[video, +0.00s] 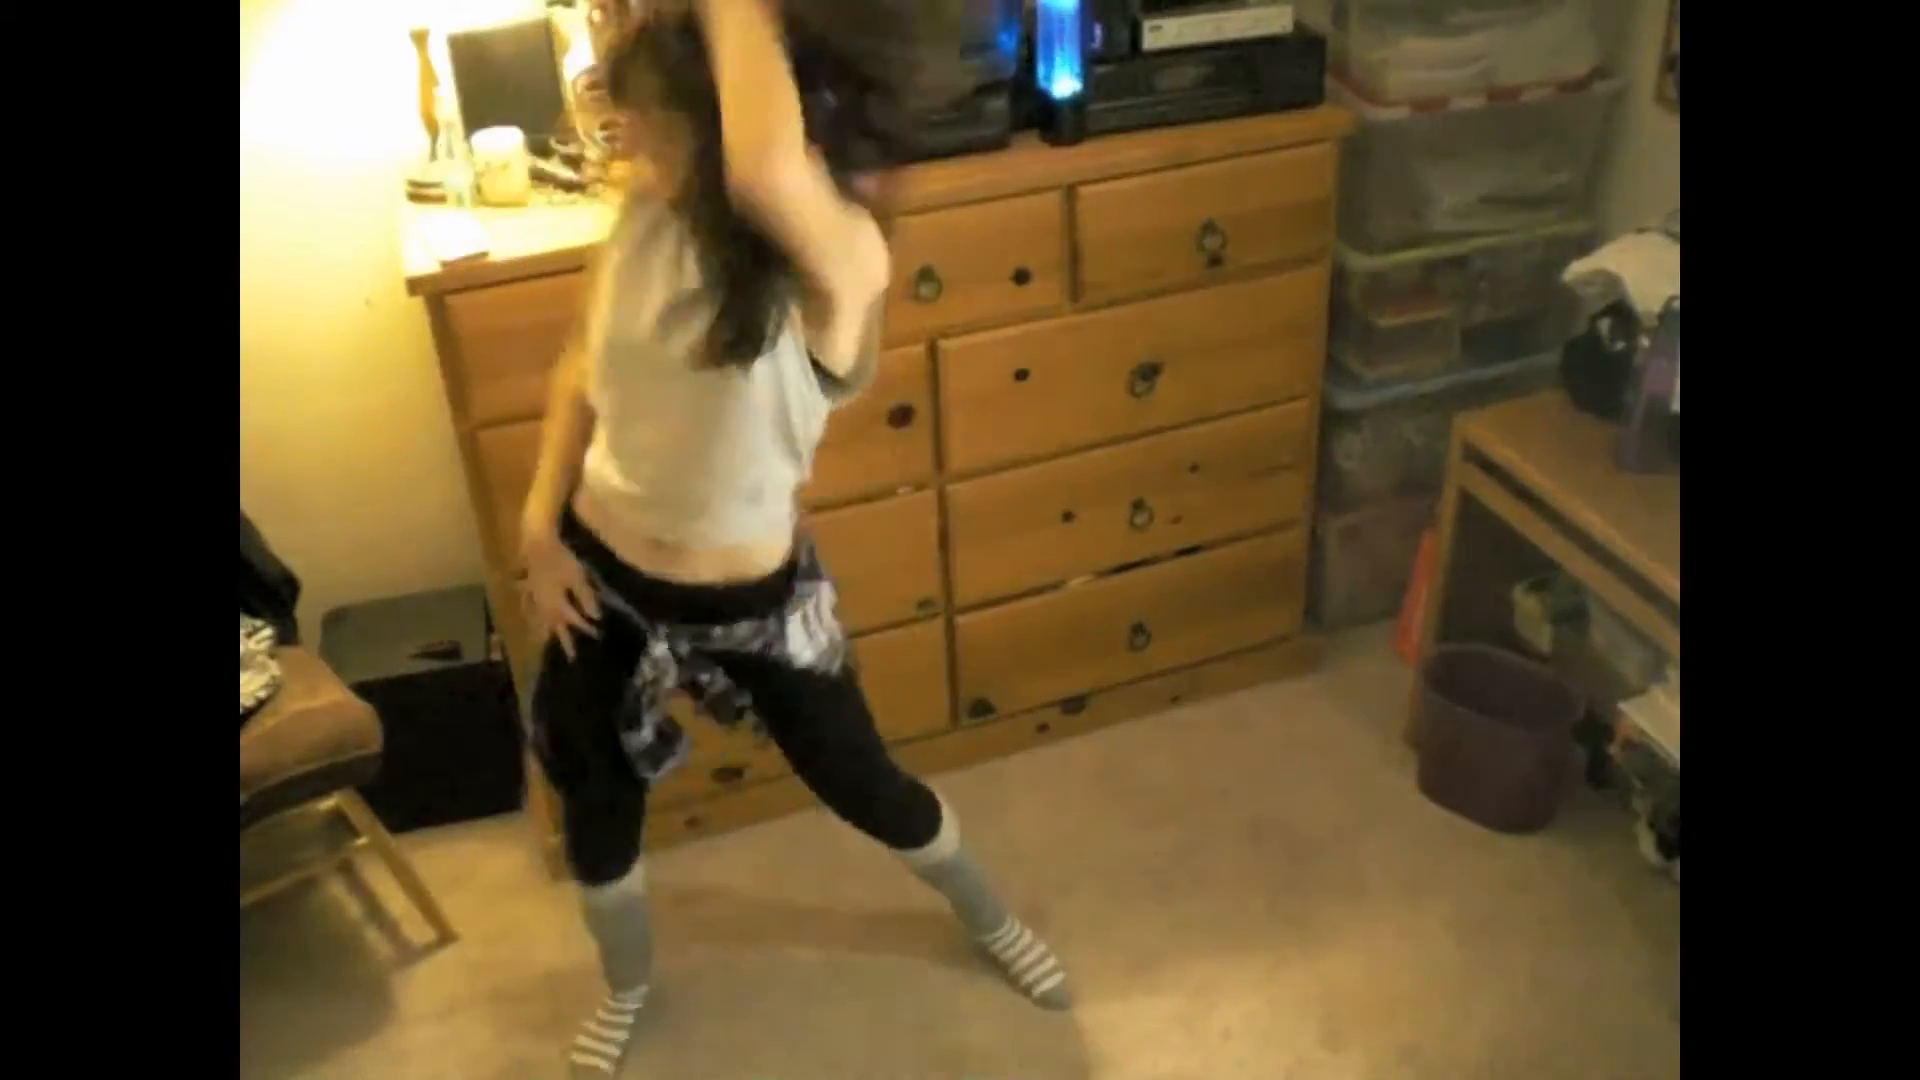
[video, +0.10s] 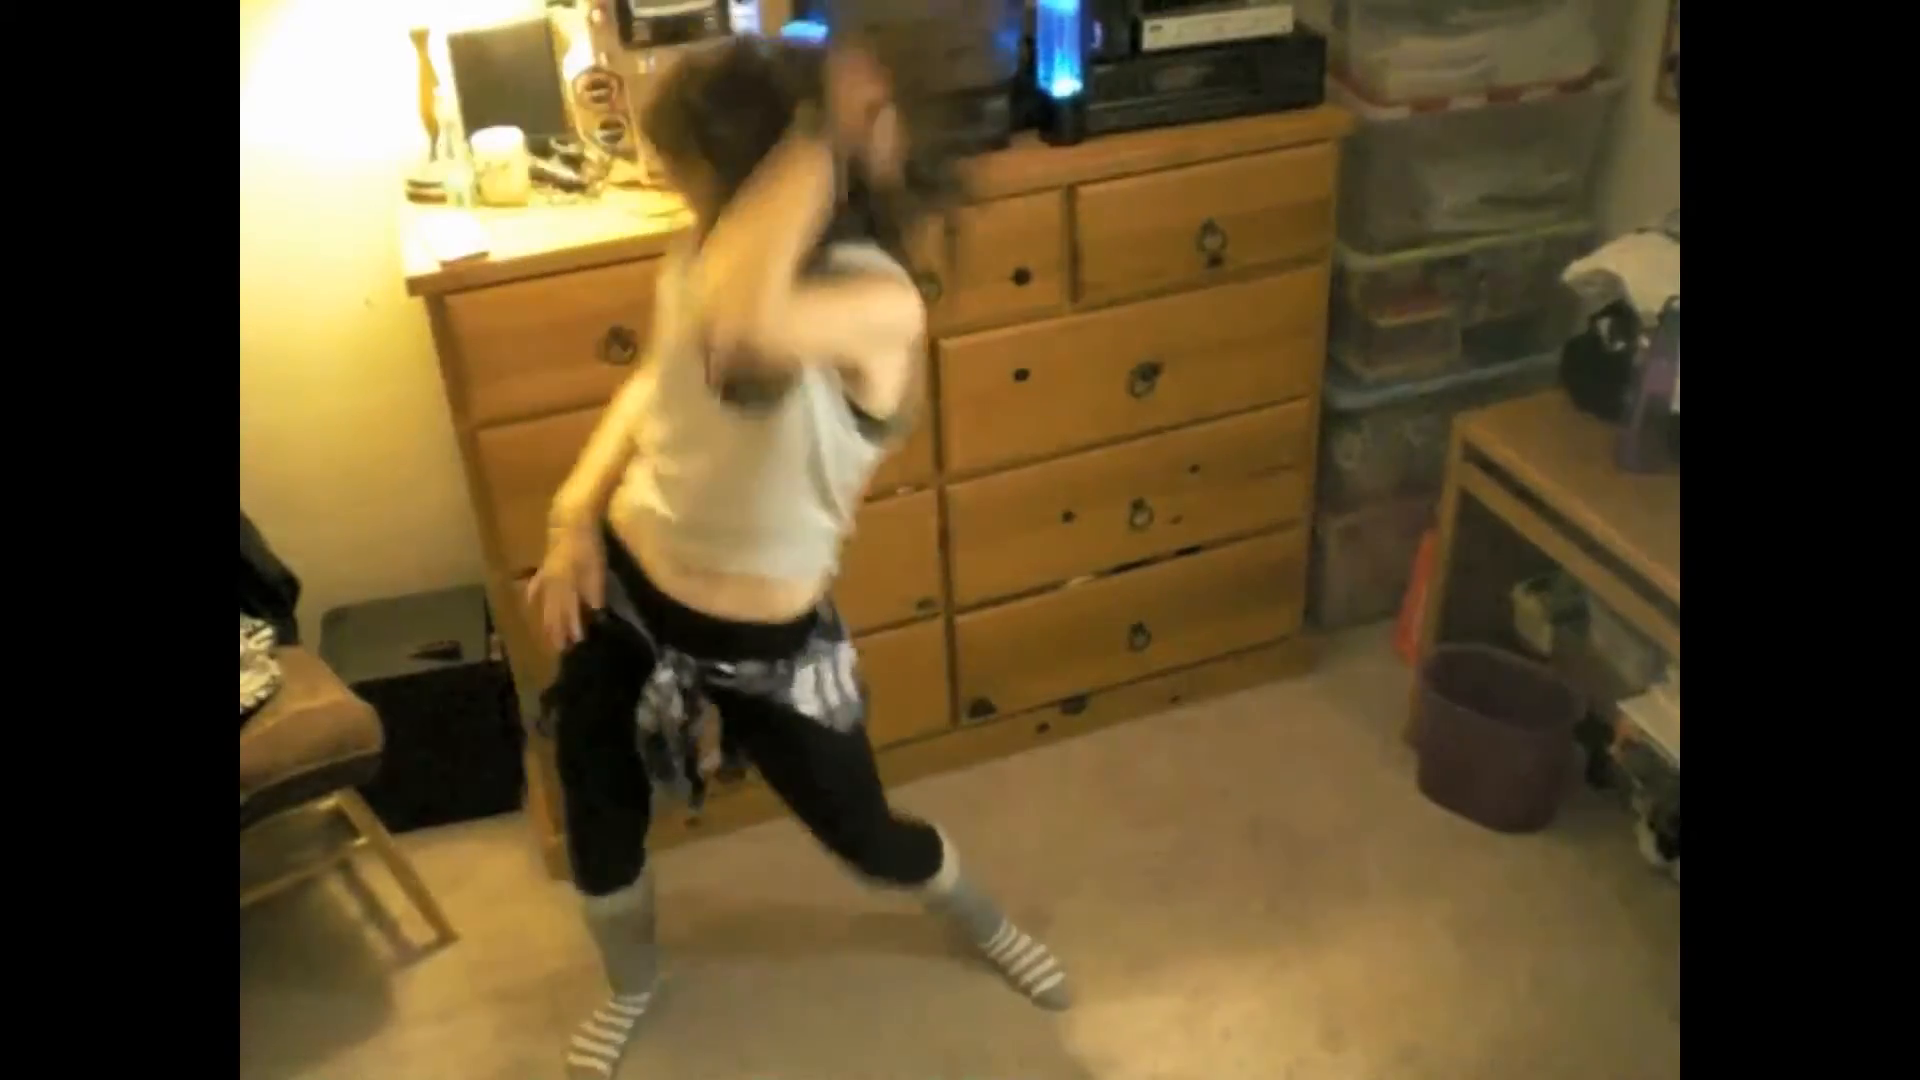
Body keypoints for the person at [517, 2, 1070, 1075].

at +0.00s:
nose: (618, 135)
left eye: (638, 112)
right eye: (616, 112)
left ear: (721, 114)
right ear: (644, 121)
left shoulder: (840, 258)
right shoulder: (640, 221)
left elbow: (764, 166)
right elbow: (579, 375)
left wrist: (733, 6)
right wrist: (540, 525)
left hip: (757, 603)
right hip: (610, 587)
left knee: (868, 793)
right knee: (597, 824)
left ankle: (992, 919)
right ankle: (626, 989)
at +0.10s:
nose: (673, 192)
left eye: (683, 170)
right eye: (671, 172)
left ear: (752, 165)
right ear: (724, 176)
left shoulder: (880, 299)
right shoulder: (697, 261)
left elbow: (737, 323)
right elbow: (651, 384)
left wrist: (818, 144)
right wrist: (574, 511)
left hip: (774, 652)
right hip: (634, 613)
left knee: (872, 845)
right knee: (598, 832)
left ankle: (984, 922)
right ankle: (631, 985)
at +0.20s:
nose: (706, 221)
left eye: (719, 201)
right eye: (708, 200)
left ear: (798, 213)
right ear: (761, 217)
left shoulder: (912, 351)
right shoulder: (730, 294)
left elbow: (777, 495)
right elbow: (692, 406)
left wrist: (802, 306)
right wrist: (629, 523)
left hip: (809, 661)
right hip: (678, 608)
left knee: (881, 896)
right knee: (597, 849)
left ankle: (985, 931)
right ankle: (629, 991)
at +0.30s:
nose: (726, 236)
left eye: (740, 216)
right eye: (727, 214)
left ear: (807, 228)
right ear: (799, 231)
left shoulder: (939, 366)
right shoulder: (729, 317)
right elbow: (678, 432)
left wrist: (820, 421)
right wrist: (619, 537)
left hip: (869, 652)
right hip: (735, 612)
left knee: (935, 906)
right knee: (615, 857)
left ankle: (996, 939)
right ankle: (627, 991)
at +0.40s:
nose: (744, 239)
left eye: (769, 218)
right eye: (740, 213)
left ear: (844, 224)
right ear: (741, 217)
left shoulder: (953, 348)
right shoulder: (734, 327)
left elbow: (1016, 545)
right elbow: (658, 479)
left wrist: (893, 498)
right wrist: (608, 518)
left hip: (917, 635)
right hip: (779, 614)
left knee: (968, 893)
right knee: (648, 848)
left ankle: (1006, 939)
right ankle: (633, 998)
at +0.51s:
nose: (828, 234)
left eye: (850, 204)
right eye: (798, 211)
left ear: (889, 205)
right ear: (763, 219)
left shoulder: (944, 316)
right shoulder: (743, 317)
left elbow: (1036, 490)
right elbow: (645, 505)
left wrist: (922, 598)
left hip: (946, 610)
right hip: (808, 611)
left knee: (978, 863)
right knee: (652, 865)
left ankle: (1001, 933)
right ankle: (627, 1010)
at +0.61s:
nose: (858, 216)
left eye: (869, 182)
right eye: (822, 194)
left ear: (887, 179)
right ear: (758, 206)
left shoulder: (923, 300)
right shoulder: (734, 298)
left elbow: (1029, 473)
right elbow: (653, 357)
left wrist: (986, 641)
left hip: (958, 603)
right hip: (818, 617)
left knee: (1001, 818)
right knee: (668, 849)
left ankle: (1003, 930)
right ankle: (609, 1013)